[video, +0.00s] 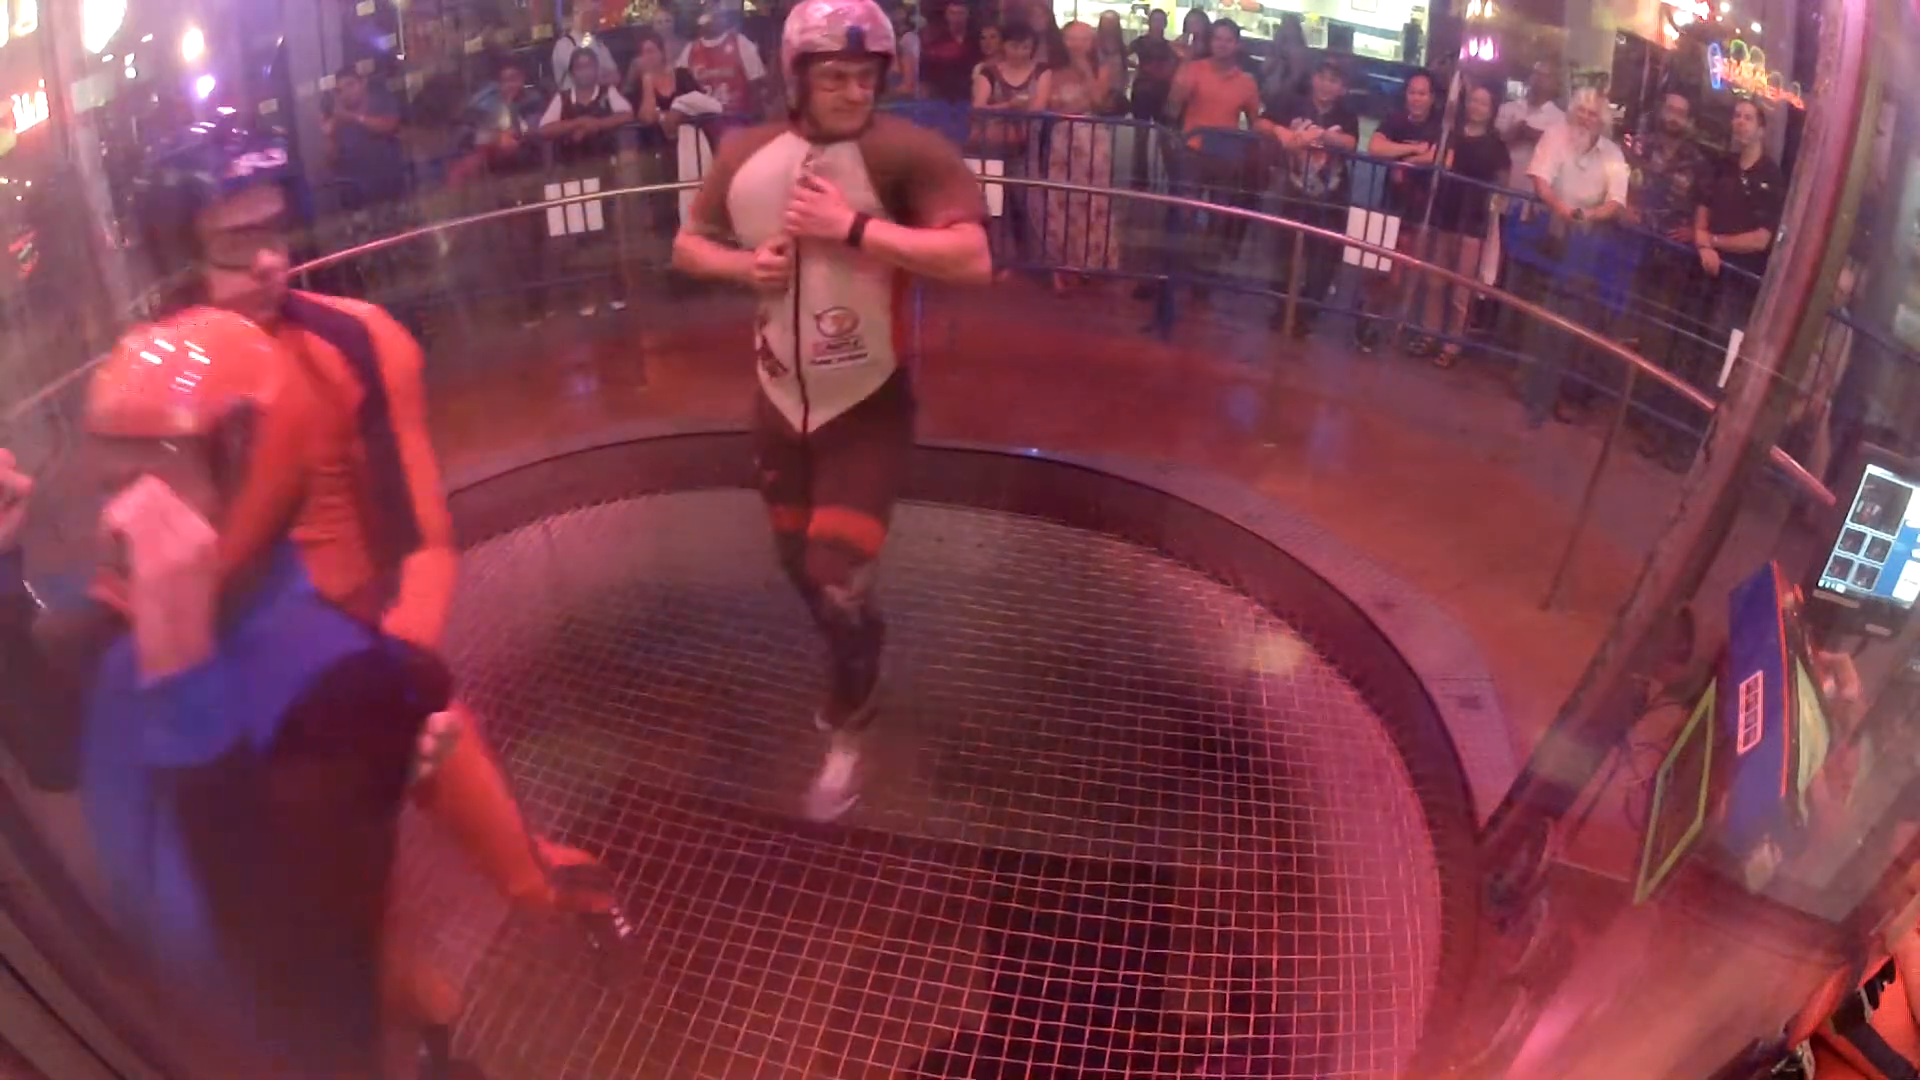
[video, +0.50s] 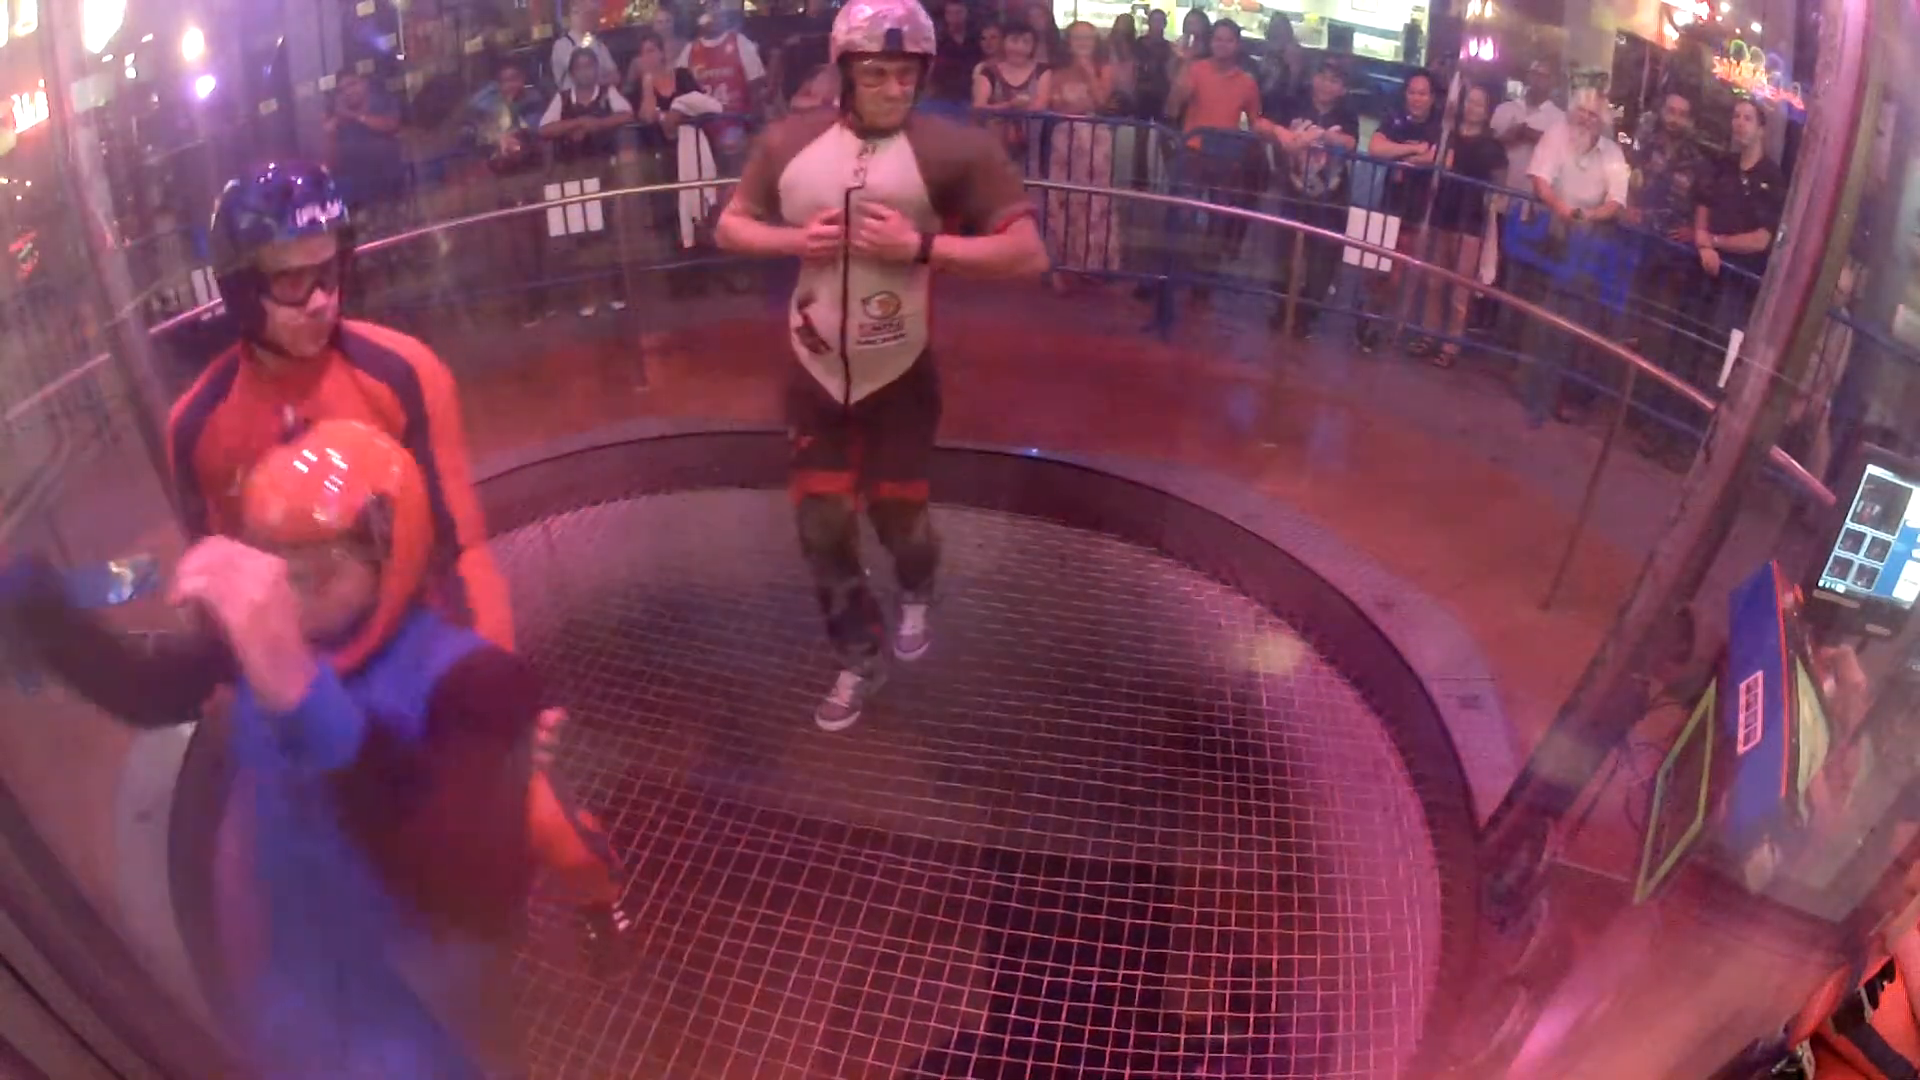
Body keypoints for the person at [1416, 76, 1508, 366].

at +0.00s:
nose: (1477, 107)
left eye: (1483, 103)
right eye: (1473, 101)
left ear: (1492, 110)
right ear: (1465, 104)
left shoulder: (1496, 146)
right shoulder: (1452, 138)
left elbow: (1502, 185)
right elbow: (1439, 169)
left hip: (1473, 219)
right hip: (1443, 213)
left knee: (1462, 286)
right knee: (1434, 280)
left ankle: (1452, 342)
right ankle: (1429, 333)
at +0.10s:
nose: (1473, 107)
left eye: (1480, 103)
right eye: (1470, 100)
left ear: (1491, 111)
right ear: (1463, 105)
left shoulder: (1495, 148)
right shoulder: (1451, 140)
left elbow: (1500, 188)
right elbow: (1437, 173)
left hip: (1473, 222)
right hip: (1442, 215)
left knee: (1461, 287)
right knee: (1434, 280)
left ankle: (1452, 343)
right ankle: (1428, 333)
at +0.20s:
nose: (1473, 107)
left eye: (1480, 103)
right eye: (1470, 100)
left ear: (1490, 111)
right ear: (1463, 105)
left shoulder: (1495, 148)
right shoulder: (1450, 139)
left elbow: (1500, 188)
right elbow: (1437, 172)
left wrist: (1492, 209)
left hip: (1473, 221)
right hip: (1443, 215)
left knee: (1462, 287)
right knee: (1434, 280)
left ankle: (1452, 343)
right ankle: (1428, 333)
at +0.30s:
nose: (1473, 106)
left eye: (1480, 102)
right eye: (1470, 100)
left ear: (1490, 111)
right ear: (1462, 105)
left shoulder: (1494, 148)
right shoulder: (1450, 139)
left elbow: (1499, 187)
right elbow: (1437, 173)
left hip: (1473, 221)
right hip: (1442, 215)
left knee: (1462, 286)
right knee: (1434, 280)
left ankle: (1452, 342)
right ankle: (1428, 333)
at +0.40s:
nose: (1473, 107)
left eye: (1480, 103)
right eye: (1470, 101)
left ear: (1490, 111)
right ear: (1462, 105)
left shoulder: (1494, 148)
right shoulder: (1450, 139)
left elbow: (1499, 186)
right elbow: (1436, 172)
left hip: (1472, 220)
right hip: (1442, 214)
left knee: (1461, 286)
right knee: (1434, 280)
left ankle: (1451, 343)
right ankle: (1428, 333)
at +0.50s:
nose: (1472, 108)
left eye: (1478, 103)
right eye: (1468, 101)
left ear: (1488, 110)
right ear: (1461, 106)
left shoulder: (1492, 147)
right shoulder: (1449, 139)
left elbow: (1498, 184)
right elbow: (1436, 171)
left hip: (1472, 218)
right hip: (1442, 213)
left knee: (1461, 285)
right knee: (1434, 279)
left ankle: (1451, 342)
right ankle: (1428, 333)